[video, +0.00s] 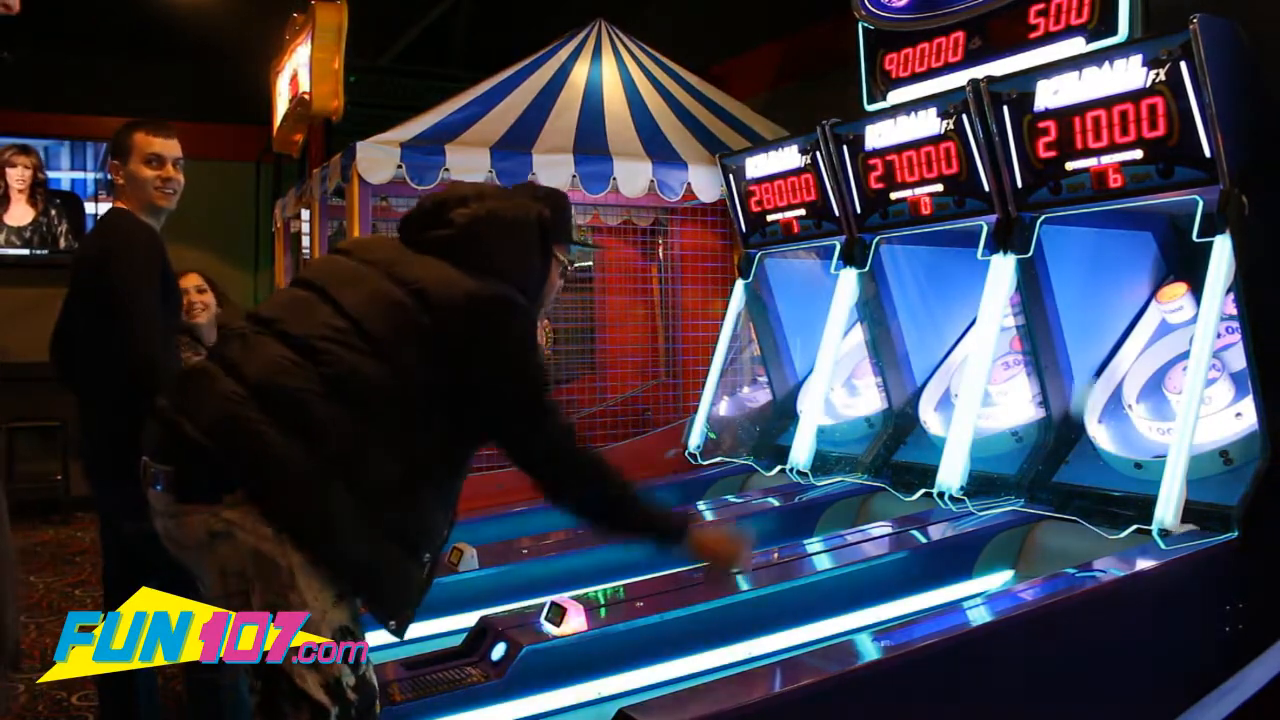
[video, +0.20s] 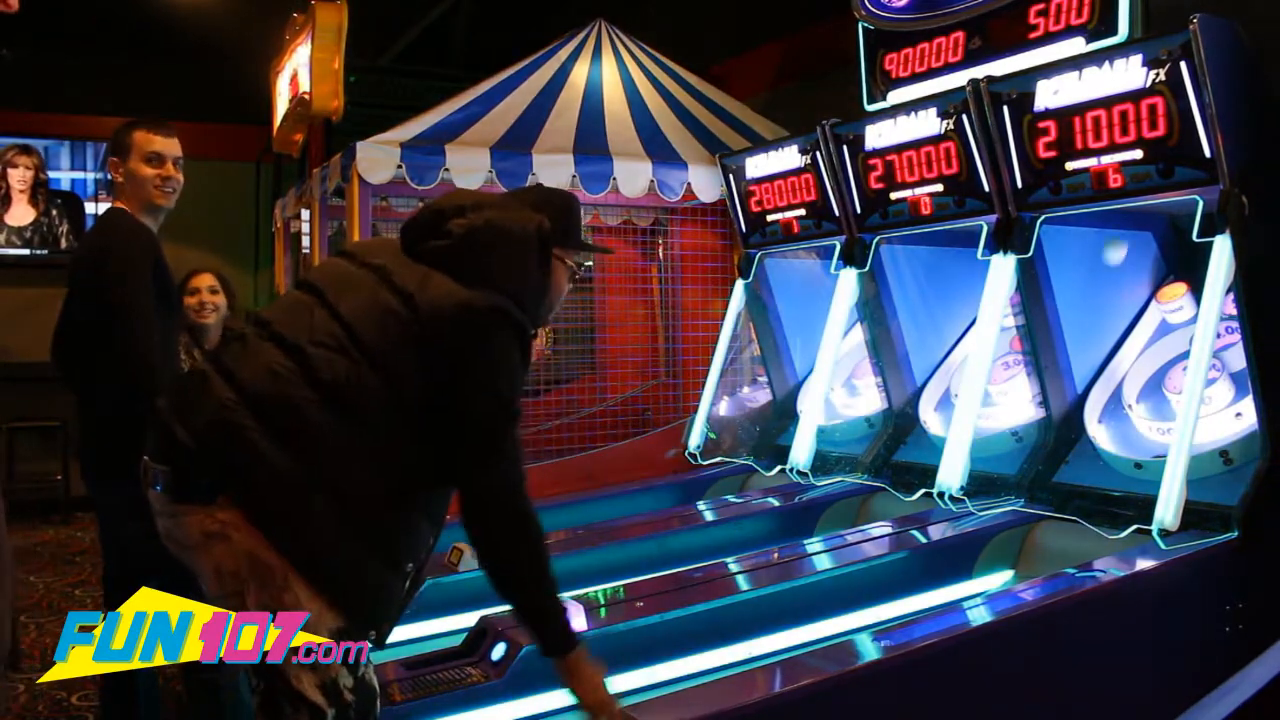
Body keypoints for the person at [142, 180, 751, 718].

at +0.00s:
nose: (556, 281)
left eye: (558, 264)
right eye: (553, 262)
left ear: (455, 234)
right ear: (518, 257)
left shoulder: (364, 258)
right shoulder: (485, 319)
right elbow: (565, 468)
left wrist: (407, 541)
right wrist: (683, 531)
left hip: (185, 474)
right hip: (260, 508)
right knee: (326, 693)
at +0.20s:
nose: (570, 288)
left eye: (573, 273)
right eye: (566, 269)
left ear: (485, 245)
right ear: (525, 258)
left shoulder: (373, 264)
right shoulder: (481, 326)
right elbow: (498, 506)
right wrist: (567, 650)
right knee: (326, 695)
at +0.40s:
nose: (576, 299)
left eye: (581, 283)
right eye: (572, 279)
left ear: (503, 258)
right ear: (528, 266)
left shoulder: (383, 264)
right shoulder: (478, 339)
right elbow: (487, 521)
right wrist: (549, 679)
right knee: (326, 695)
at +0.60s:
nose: (575, 309)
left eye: (580, 292)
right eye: (572, 289)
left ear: (498, 257)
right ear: (535, 279)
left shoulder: (384, 262)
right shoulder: (483, 352)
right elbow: (501, 536)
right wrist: (561, 685)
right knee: (326, 691)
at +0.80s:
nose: (570, 302)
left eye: (575, 285)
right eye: (568, 282)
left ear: (495, 256)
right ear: (529, 270)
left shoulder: (379, 263)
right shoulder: (476, 342)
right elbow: (479, 526)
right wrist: (550, 675)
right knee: (322, 693)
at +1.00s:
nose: (564, 292)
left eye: (568, 276)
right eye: (559, 272)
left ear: (496, 252)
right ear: (518, 260)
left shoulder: (373, 261)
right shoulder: (467, 332)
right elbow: (425, 503)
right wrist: (479, 656)